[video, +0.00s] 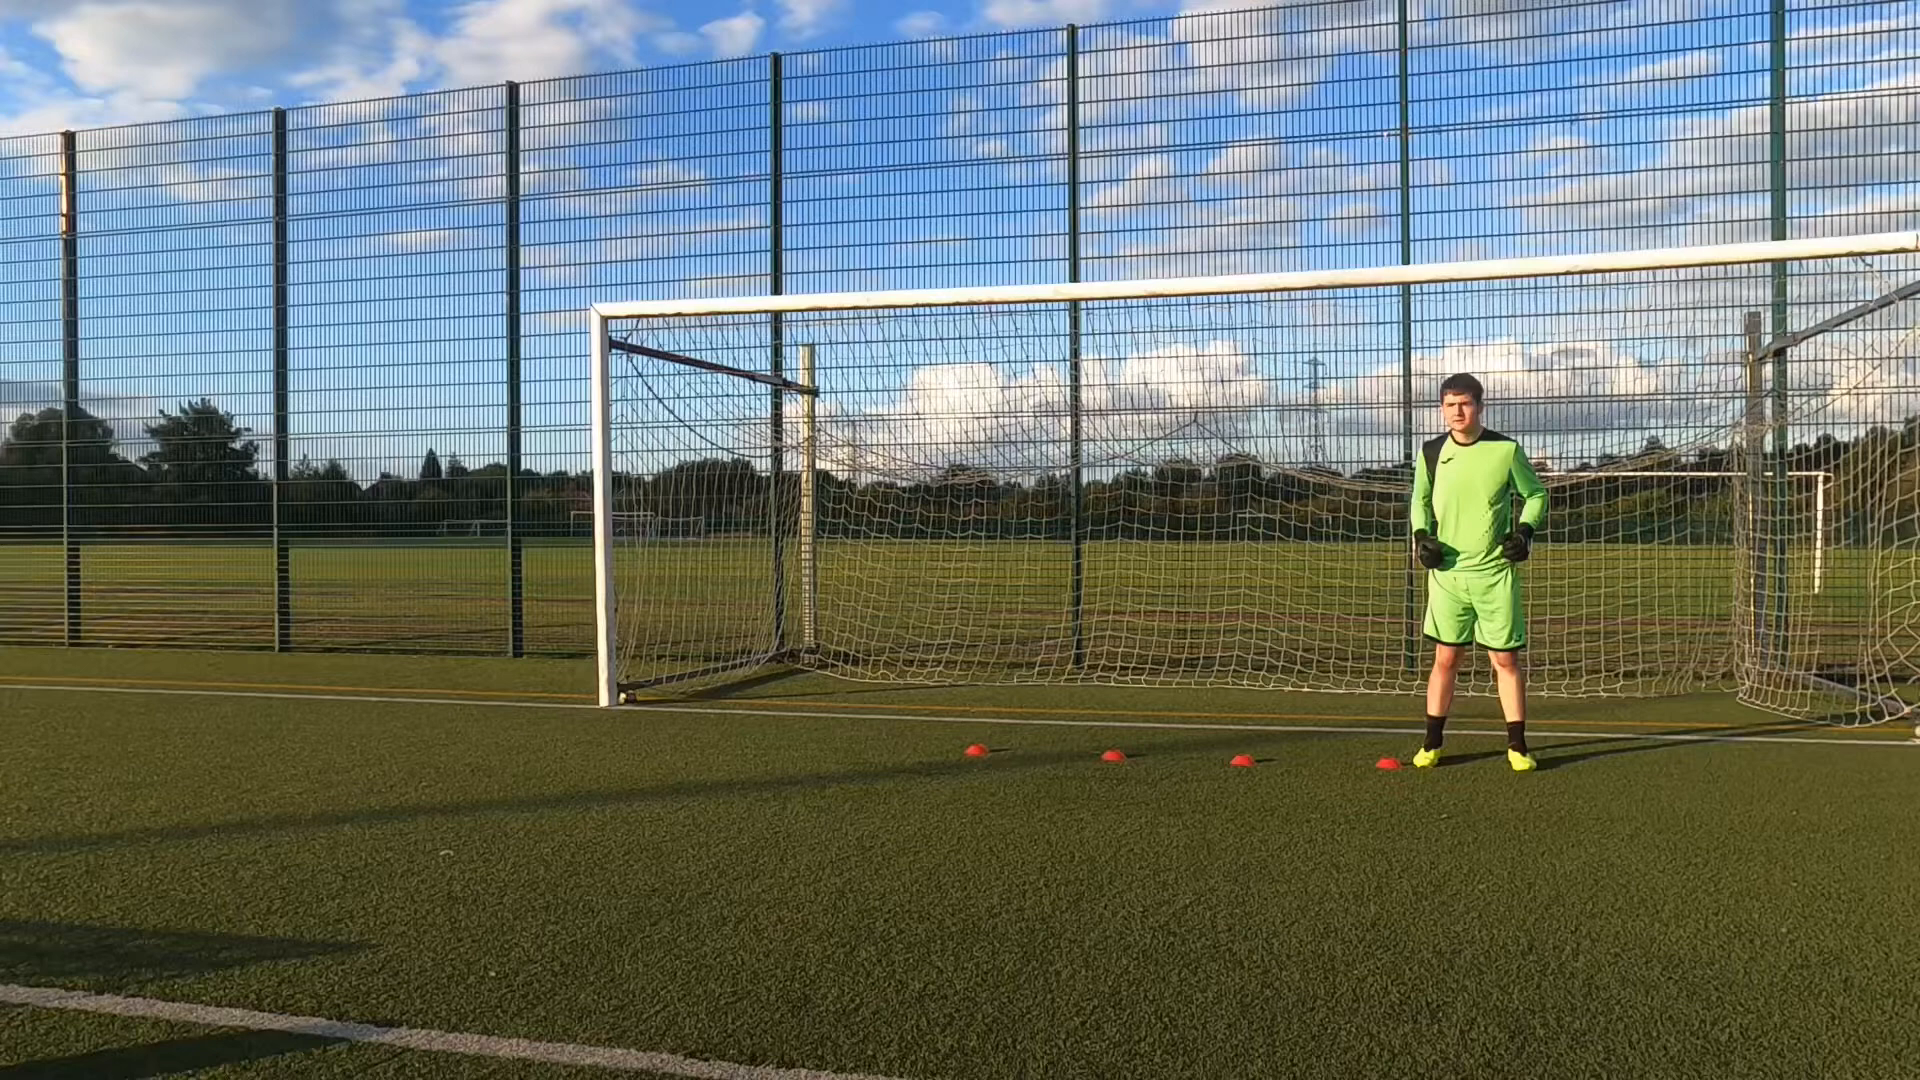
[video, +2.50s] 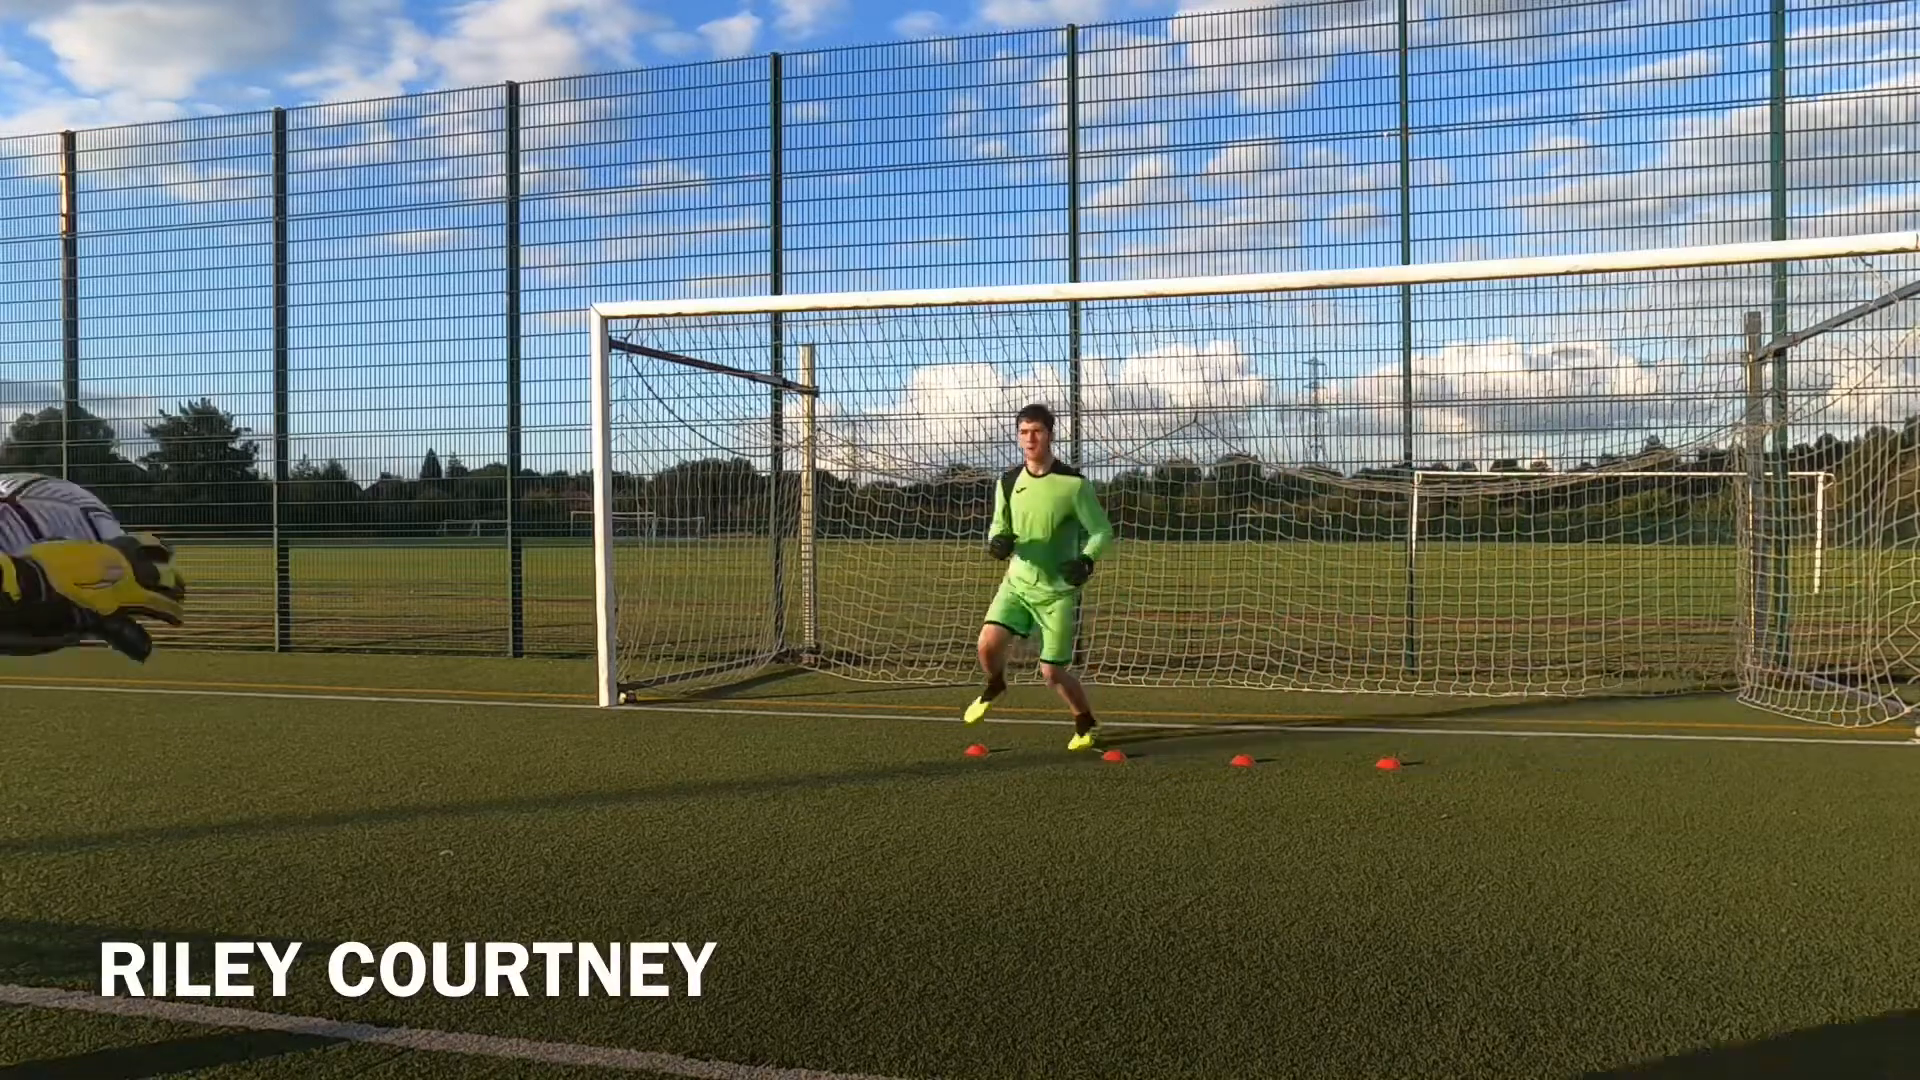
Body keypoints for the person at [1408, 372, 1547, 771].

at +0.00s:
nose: (1457, 412)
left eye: (1465, 404)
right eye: (1450, 405)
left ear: (1480, 407)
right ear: (1441, 410)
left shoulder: (1507, 451)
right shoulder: (1429, 454)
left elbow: (1536, 494)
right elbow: (1420, 501)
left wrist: (1524, 530)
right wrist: (1421, 536)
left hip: (1495, 573)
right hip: (1446, 575)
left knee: (1505, 660)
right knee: (1445, 658)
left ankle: (1517, 746)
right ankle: (1432, 744)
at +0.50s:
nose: (1455, 411)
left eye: (1462, 403)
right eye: (1448, 404)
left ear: (1479, 406)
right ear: (1440, 409)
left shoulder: (1506, 450)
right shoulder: (1428, 453)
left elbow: (1536, 494)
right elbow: (1418, 500)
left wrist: (1525, 530)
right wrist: (1418, 535)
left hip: (1494, 574)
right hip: (1444, 575)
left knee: (1504, 660)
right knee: (1444, 658)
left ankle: (1516, 746)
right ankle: (1432, 743)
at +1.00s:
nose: (1439, 439)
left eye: (1445, 431)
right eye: (1433, 432)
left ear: (1464, 422)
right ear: (1428, 428)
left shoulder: (1503, 456)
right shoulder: (1425, 458)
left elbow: (1533, 496)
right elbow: (1416, 502)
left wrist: (1516, 536)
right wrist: (1422, 535)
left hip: (1492, 577)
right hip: (1444, 577)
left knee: (1504, 662)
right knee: (1442, 658)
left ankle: (1516, 746)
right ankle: (1432, 743)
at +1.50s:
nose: (1354, 463)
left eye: (1360, 456)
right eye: (1349, 456)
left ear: (1378, 447)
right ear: (1343, 452)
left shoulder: (1416, 476)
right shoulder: (1339, 480)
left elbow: (1457, 498)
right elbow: (1315, 514)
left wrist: (1461, 540)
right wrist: (1313, 548)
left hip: (1410, 581)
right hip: (1366, 585)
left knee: (1431, 655)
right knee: (1375, 654)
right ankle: (1375, 753)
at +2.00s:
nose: (1170, 455)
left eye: (1173, 447)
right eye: (1166, 449)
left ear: (1193, 436)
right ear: (1169, 443)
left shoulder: (1240, 467)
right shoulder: (1177, 472)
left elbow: (1281, 501)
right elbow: (1176, 510)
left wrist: (1274, 548)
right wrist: (1166, 545)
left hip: (1237, 568)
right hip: (1201, 569)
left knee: (1208, 637)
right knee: (1181, 651)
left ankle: (1218, 721)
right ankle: (1221, 703)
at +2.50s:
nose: (1030, 438)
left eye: (1036, 432)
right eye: (1024, 432)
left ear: (1050, 435)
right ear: (1017, 438)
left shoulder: (1075, 485)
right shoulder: (1007, 483)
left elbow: (1103, 532)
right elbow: (999, 524)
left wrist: (1086, 559)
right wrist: (997, 541)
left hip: (1057, 593)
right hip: (1016, 584)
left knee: (1051, 670)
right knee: (987, 645)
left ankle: (1086, 722)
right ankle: (995, 686)